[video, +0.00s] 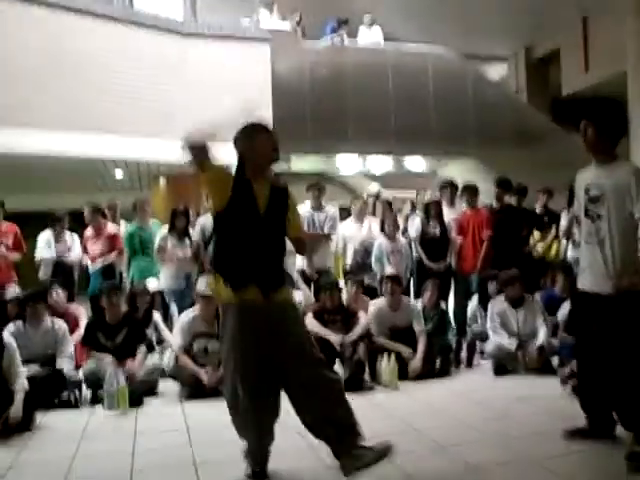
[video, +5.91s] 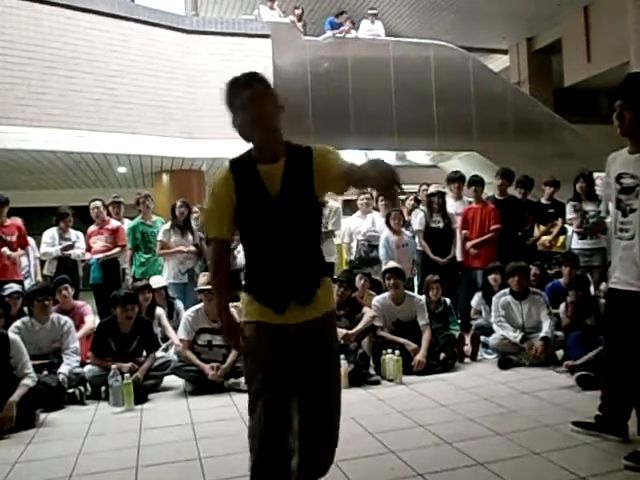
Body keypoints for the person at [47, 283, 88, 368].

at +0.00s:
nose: (54, 296)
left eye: (58, 292)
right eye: (51, 292)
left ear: (66, 294)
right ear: (47, 296)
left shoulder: (76, 310)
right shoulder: (49, 313)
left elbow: (81, 329)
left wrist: (69, 342)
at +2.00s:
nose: (61, 289)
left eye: (63, 285)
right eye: (57, 286)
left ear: (70, 288)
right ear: (52, 293)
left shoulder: (80, 305)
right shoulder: (50, 309)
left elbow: (84, 322)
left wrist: (72, 335)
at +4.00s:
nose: (61, 290)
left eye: (63, 286)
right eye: (57, 288)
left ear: (69, 288)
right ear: (52, 293)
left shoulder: (79, 305)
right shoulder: (49, 310)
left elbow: (86, 322)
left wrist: (70, 336)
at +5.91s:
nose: (64, 293)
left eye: (66, 289)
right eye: (59, 291)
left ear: (72, 290)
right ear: (55, 296)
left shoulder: (83, 307)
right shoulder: (53, 312)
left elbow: (90, 325)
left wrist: (74, 338)